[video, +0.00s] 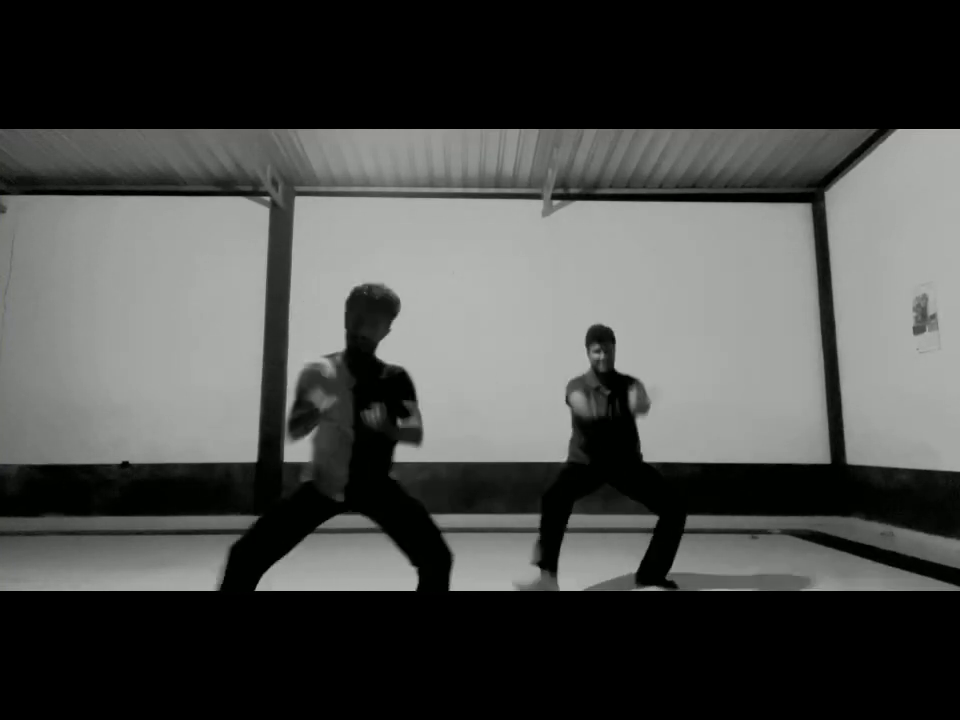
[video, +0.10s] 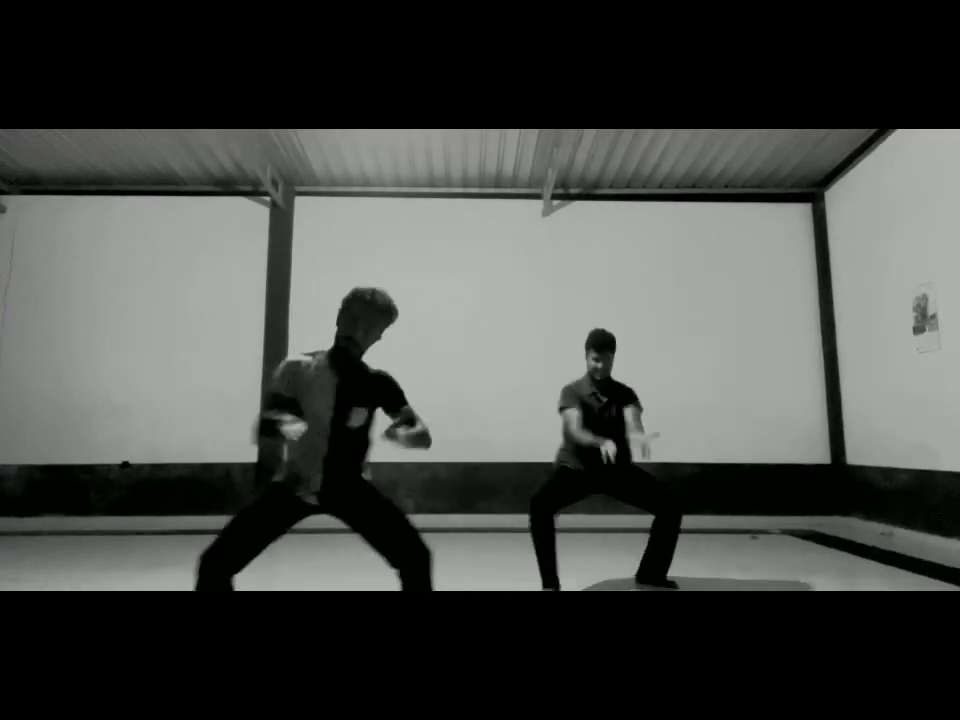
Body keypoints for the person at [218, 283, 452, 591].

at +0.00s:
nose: (365, 330)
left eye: (375, 323)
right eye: (360, 320)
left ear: (387, 328)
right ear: (348, 320)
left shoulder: (395, 378)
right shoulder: (320, 372)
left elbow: (416, 434)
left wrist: (389, 428)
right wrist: (316, 409)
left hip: (376, 489)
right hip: (324, 489)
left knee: (437, 561)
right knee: (245, 558)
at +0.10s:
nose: (356, 332)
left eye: (368, 327)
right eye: (352, 319)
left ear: (378, 334)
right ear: (339, 318)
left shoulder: (378, 384)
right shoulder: (297, 370)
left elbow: (423, 436)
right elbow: (268, 424)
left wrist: (405, 434)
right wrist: (289, 428)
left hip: (350, 490)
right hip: (294, 487)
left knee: (416, 560)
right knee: (214, 565)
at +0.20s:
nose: (375, 345)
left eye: (381, 339)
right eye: (375, 335)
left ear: (378, 343)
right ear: (354, 324)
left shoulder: (370, 385)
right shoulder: (290, 366)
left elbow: (413, 397)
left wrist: (424, 399)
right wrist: (260, 423)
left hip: (330, 490)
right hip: (274, 488)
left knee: (395, 557)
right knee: (202, 574)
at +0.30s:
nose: (386, 355)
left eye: (393, 350)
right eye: (386, 345)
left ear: (393, 348)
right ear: (368, 332)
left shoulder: (387, 376)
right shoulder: (310, 360)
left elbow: (445, 372)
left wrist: (443, 400)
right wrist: (245, 402)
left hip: (330, 480)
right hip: (278, 475)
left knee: (379, 555)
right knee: (213, 567)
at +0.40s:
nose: (402, 366)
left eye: (409, 361)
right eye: (400, 356)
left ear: (411, 360)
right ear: (383, 345)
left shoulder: (402, 385)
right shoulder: (334, 360)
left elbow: (467, 388)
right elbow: (265, 318)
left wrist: (475, 443)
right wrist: (218, 341)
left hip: (343, 473)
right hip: (294, 464)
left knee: (361, 559)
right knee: (240, 546)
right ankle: (204, 593)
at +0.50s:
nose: (417, 386)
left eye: (424, 382)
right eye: (417, 377)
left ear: (423, 381)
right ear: (399, 363)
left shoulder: (412, 414)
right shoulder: (344, 369)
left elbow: (466, 445)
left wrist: (500, 486)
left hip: (356, 480)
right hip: (308, 472)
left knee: (374, 561)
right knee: (262, 551)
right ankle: (228, 588)